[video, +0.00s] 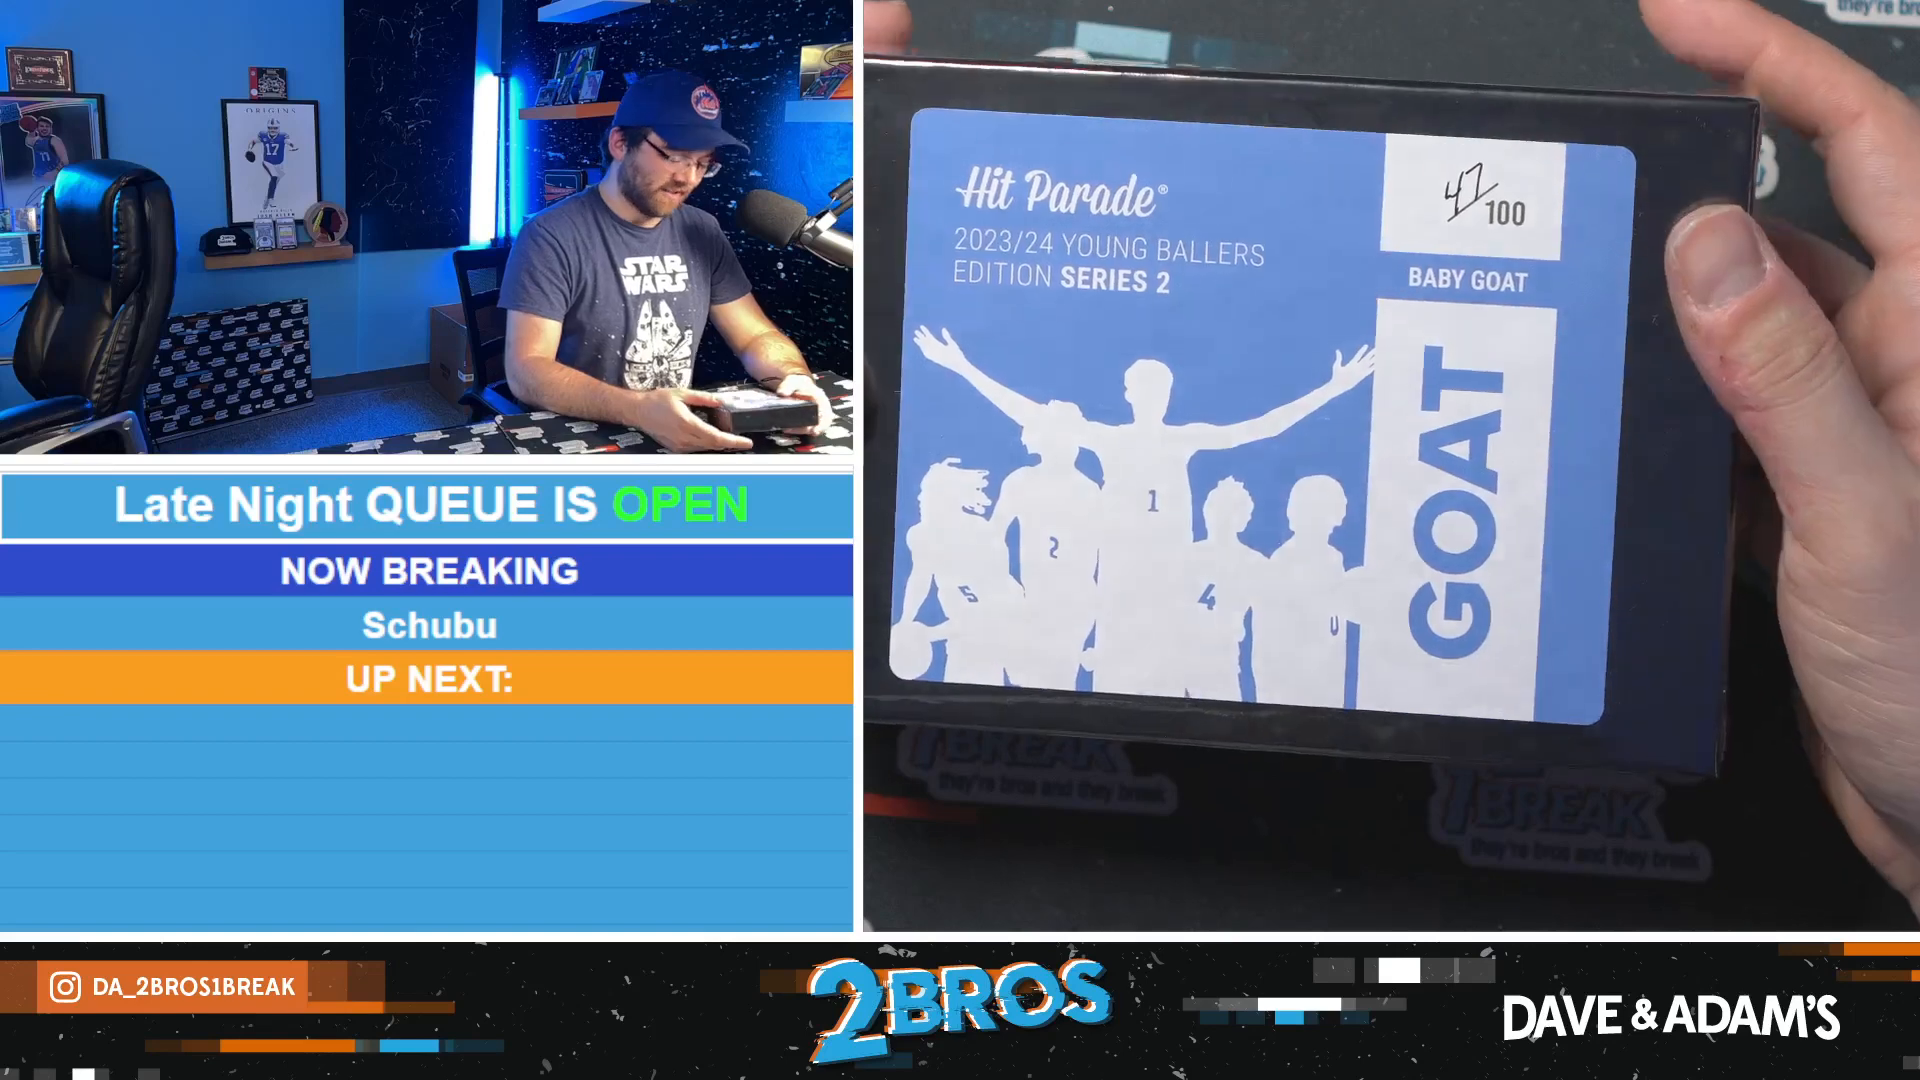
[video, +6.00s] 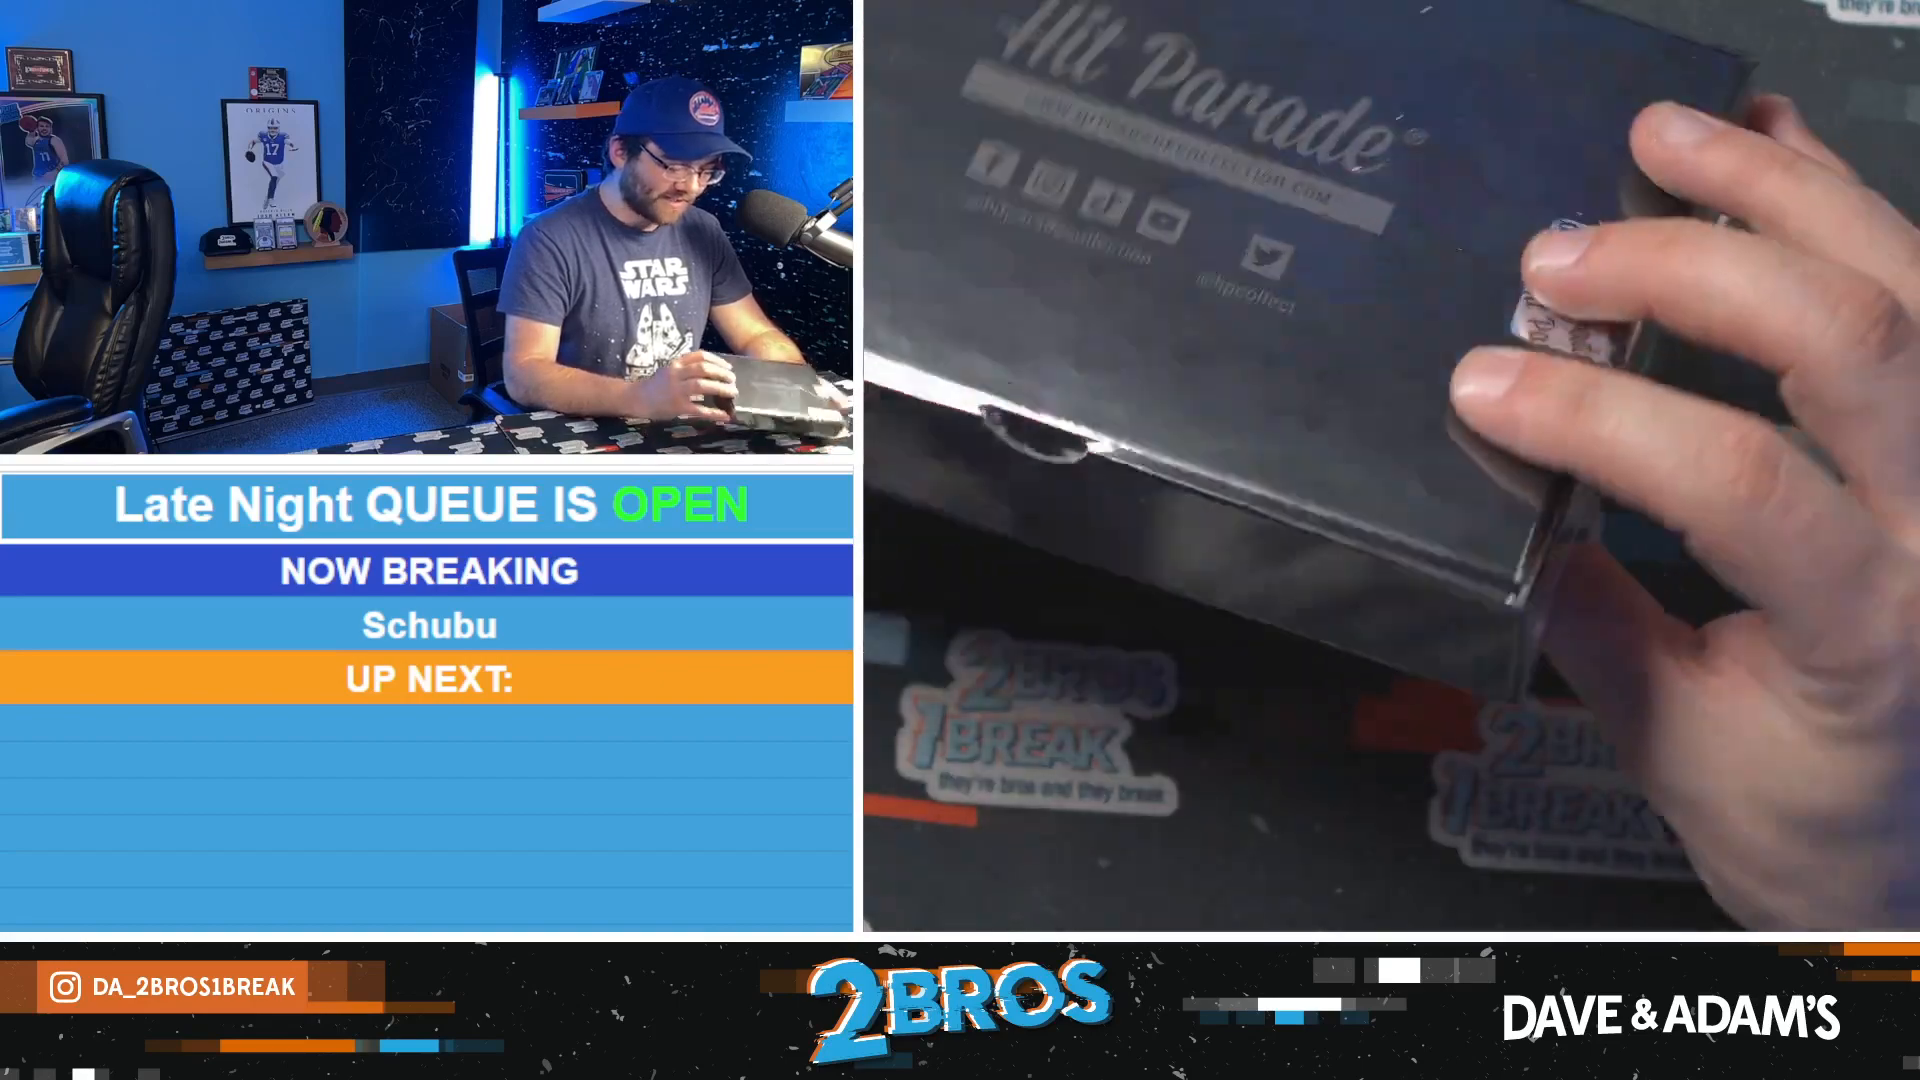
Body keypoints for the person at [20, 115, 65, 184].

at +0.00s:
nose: (44, 128)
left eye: (47, 126)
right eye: (41, 126)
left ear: (50, 128)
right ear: (37, 128)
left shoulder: (55, 140)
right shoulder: (35, 140)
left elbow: (64, 160)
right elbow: (28, 142)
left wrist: (54, 173)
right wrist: (31, 132)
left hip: (51, 177)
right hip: (37, 176)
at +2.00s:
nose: (44, 128)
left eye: (47, 126)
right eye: (41, 126)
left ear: (50, 128)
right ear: (37, 128)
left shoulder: (55, 140)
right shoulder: (35, 140)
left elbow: (64, 160)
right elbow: (28, 142)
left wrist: (54, 173)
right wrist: (31, 132)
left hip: (51, 177)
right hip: (37, 176)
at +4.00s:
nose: (44, 128)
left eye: (47, 126)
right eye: (41, 126)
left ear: (50, 128)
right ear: (37, 128)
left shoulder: (55, 140)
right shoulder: (35, 140)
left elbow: (64, 160)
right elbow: (28, 142)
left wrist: (54, 173)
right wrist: (31, 132)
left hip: (51, 177)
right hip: (37, 176)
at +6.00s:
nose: (44, 128)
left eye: (47, 126)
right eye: (41, 126)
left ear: (51, 128)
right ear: (37, 128)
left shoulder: (54, 140)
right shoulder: (35, 140)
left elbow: (64, 160)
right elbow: (28, 142)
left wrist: (54, 173)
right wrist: (31, 133)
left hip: (50, 177)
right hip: (37, 176)